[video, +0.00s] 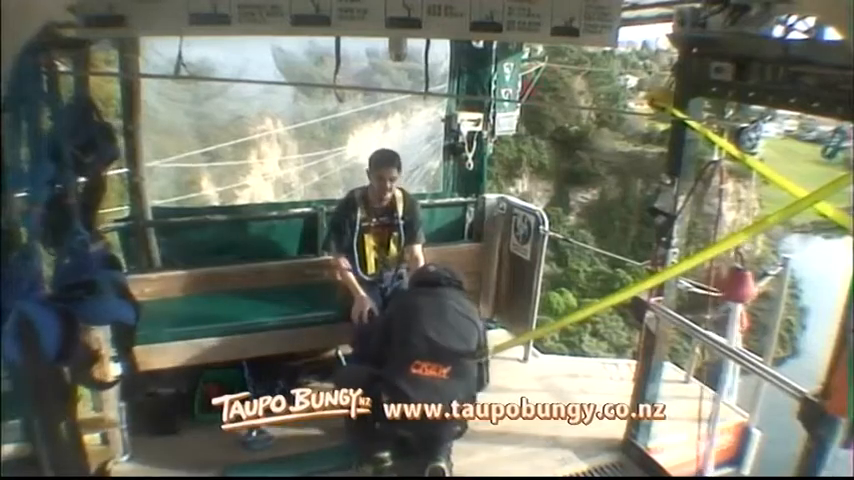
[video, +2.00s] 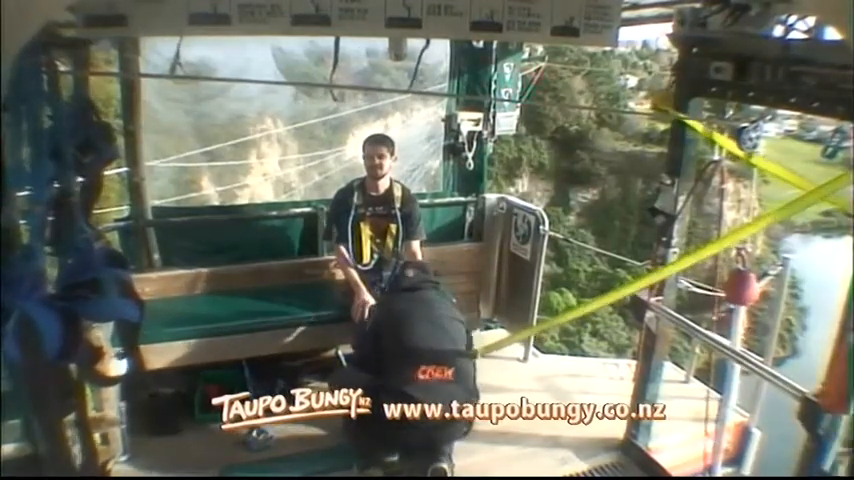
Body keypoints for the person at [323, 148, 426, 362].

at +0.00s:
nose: (386, 186)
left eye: (391, 180)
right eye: (380, 179)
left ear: (398, 178)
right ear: (369, 176)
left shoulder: (407, 203)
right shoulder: (351, 204)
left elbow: (415, 254)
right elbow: (338, 258)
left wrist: (421, 292)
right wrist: (359, 296)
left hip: (398, 278)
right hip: (363, 281)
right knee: (368, 321)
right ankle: (367, 376)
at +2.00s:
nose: (375, 163)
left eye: (381, 157)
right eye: (369, 157)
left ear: (393, 159)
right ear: (363, 159)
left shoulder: (405, 198)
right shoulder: (346, 197)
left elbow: (414, 250)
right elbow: (341, 251)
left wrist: (421, 290)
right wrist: (360, 291)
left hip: (398, 280)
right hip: (361, 282)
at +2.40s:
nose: (375, 164)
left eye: (381, 158)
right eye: (369, 159)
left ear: (393, 160)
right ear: (363, 160)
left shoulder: (405, 199)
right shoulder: (345, 198)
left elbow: (414, 249)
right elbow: (341, 251)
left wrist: (421, 288)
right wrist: (360, 291)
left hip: (398, 278)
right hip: (362, 279)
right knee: (369, 316)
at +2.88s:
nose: (376, 165)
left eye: (382, 159)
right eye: (370, 159)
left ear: (394, 161)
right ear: (363, 161)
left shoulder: (405, 198)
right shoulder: (345, 199)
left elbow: (414, 249)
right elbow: (342, 253)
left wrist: (421, 288)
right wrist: (360, 291)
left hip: (398, 278)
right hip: (362, 280)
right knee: (370, 315)